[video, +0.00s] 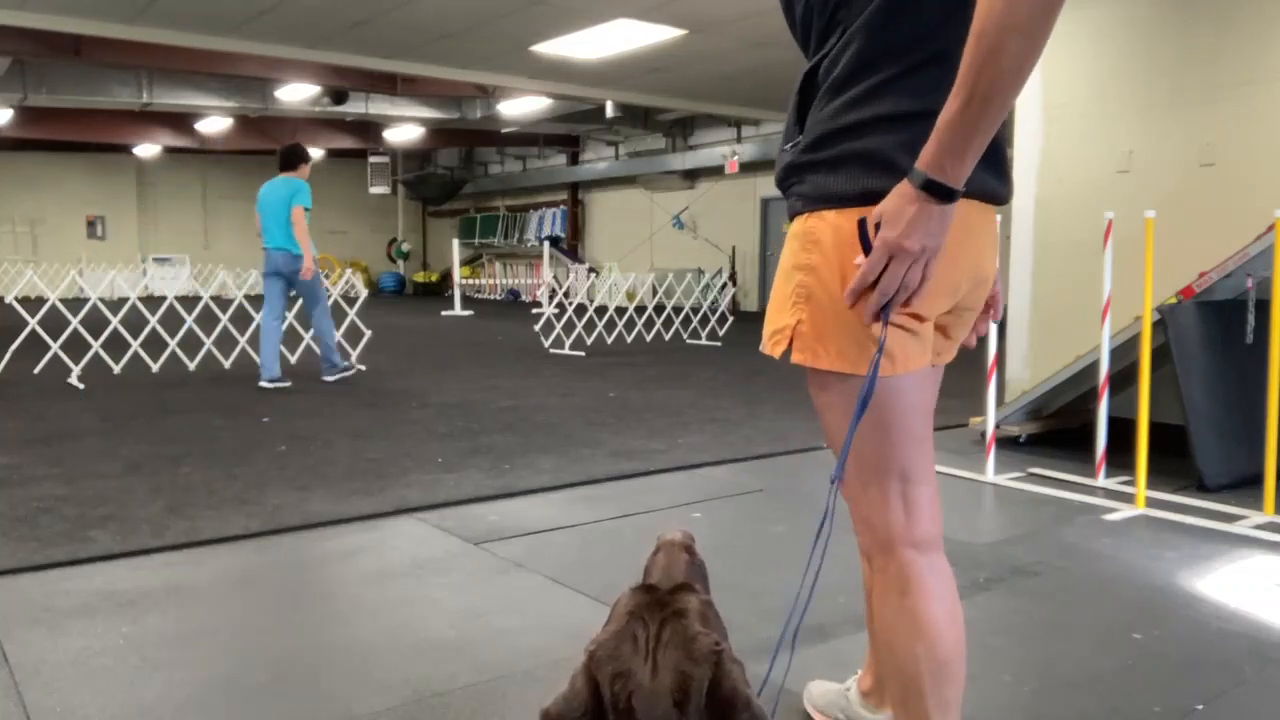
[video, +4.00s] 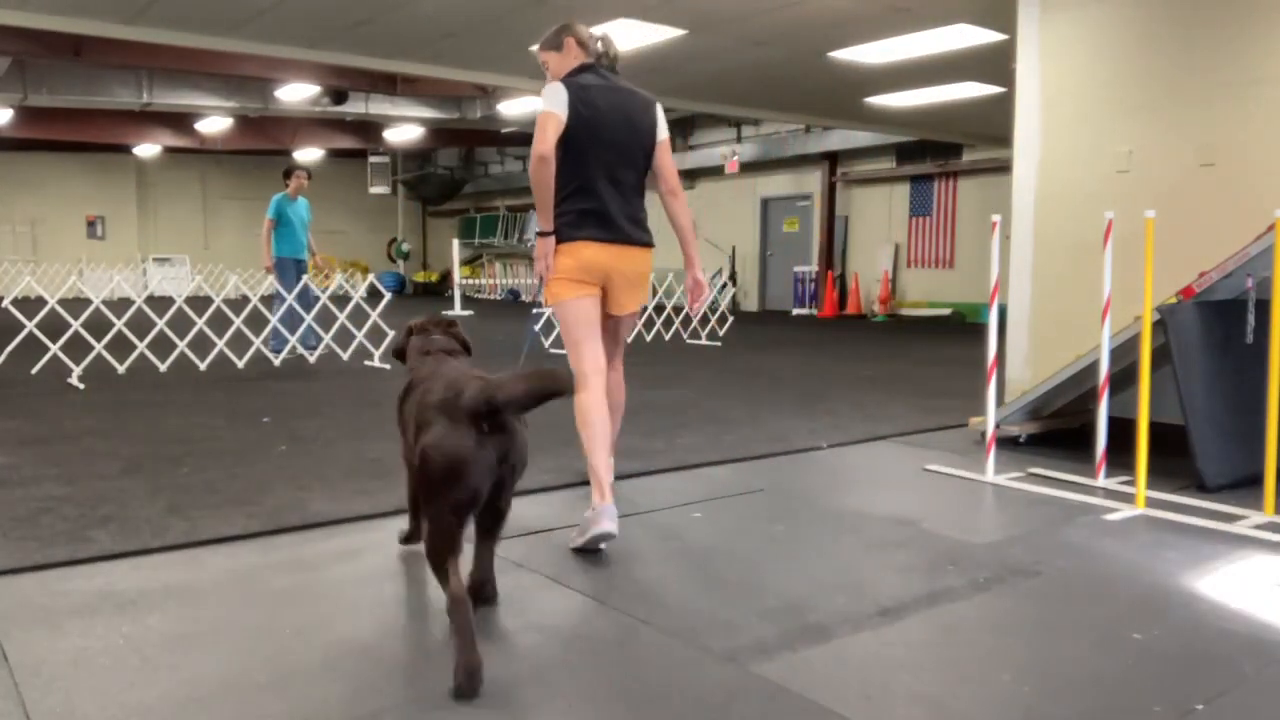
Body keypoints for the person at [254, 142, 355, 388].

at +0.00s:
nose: (310, 171)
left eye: (309, 166)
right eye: (308, 166)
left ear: (283, 165)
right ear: (301, 165)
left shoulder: (265, 188)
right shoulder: (300, 186)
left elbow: (260, 227)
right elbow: (298, 219)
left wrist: (273, 245)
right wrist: (308, 255)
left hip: (271, 254)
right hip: (294, 254)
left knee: (271, 315)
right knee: (319, 306)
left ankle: (269, 374)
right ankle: (333, 363)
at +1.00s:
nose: (400, 180)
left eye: (400, 178)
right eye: (400, 177)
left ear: (378, 176)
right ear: (396, 176)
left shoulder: (365, 194)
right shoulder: (398, 191)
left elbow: (353, 227)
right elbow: (403, 218)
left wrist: (352, 255)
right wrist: (420, 247)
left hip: (370, 254)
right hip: (395, 254)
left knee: (377, 307)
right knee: (409, 304)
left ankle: (382, 358)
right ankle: (413, 354)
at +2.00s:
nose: (385, 186)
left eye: (385, 183)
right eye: (386, 183)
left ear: (388, 184)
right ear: (405, 182)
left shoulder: (382, 204)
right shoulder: (419, 201)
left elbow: (376, 231)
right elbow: (433, 230)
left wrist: (370, 260)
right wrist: (441, 255)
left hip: (394, 258)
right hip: (418, 259)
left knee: (400, 304)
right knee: (423, 302)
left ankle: (408, 350)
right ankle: (425, 337)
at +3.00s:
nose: (367, 185)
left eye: (366, 181)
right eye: (364, 182)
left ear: (346, 185)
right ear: (353, 184)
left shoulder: (330, 203)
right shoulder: (359, 204)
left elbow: (323, 231)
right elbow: (363, 231)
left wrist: (324, 255)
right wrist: (380, 258)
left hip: (336, 257)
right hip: (356, 258)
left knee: (336, 298)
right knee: (364, 301)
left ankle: (315, 340)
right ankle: (363, 344)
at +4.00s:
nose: (303, 182)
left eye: (305, 178)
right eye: (298, 177)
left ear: (308, 182)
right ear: (289, 180)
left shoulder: (305, 203)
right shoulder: (278, 200)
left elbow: (306, 232)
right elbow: (267, 228)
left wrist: (315, 255)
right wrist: (267, 257)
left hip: (301, 257)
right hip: (283, 256)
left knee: (305, 299)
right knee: (285, 300)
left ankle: (308, 341)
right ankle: (277, 343)